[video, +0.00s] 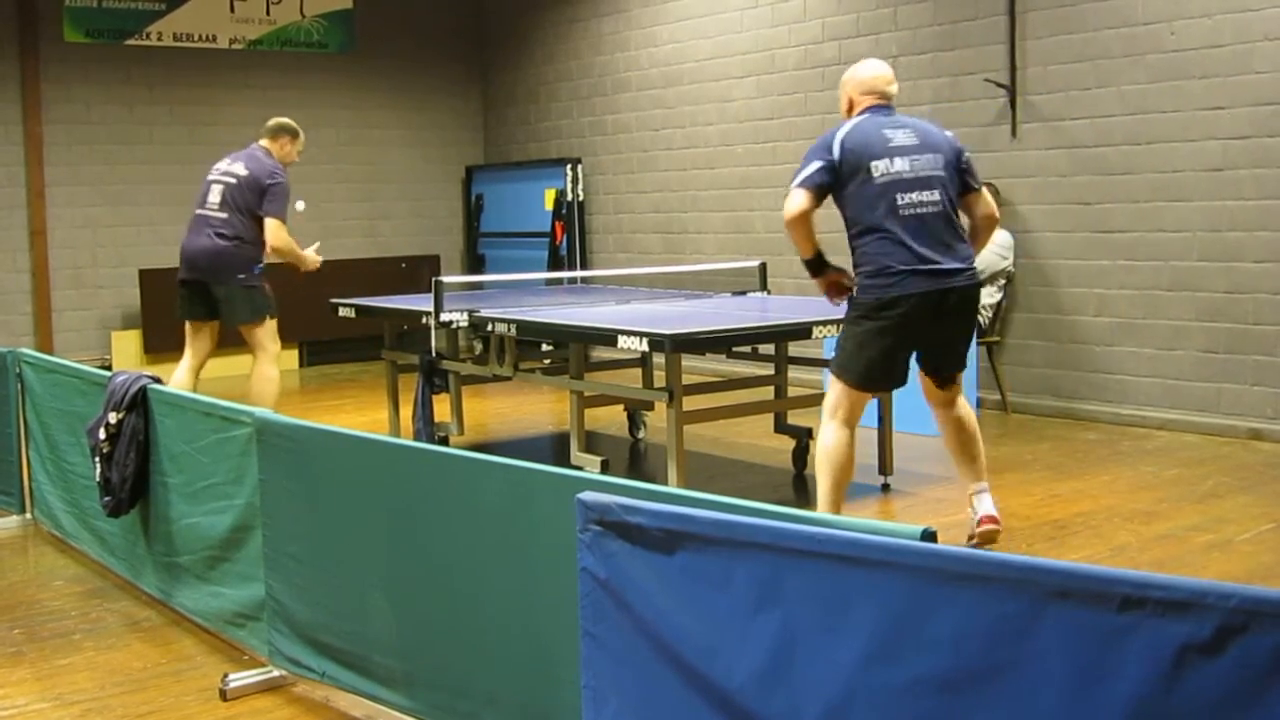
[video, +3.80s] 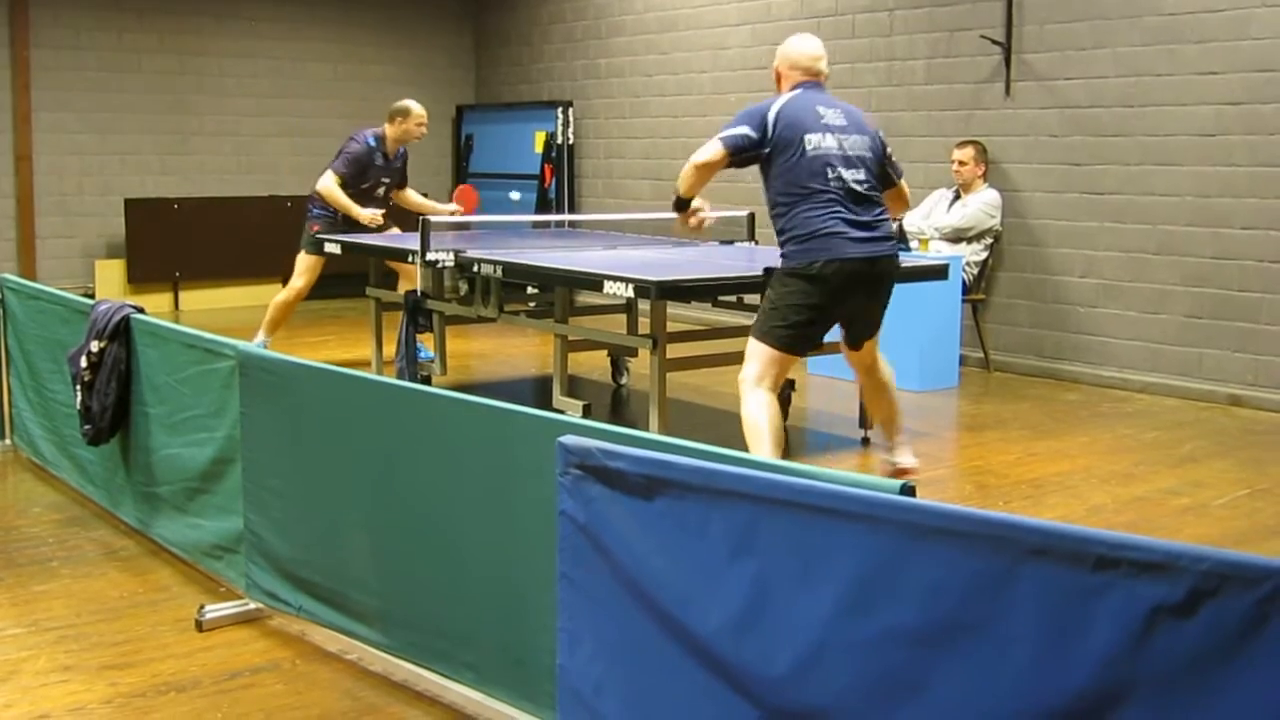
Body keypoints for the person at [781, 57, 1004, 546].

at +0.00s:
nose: (838, 109)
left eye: (840, 102)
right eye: (841, 102)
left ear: (850, 100)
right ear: (893, 98)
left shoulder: (838, 139)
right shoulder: (939, 136)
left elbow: (795, 212)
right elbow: (986, 214)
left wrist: (822, 271)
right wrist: (953, 263)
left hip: (886, 295)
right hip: (955, 291)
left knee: (839, 416)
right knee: (948, 393)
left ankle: (826, 532)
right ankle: (984, 505)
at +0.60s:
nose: (818, 187)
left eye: (817, 181)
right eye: (817, 181)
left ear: (826, 176)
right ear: (863, 168)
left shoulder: (826, 200)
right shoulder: (912, 192)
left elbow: (800, 286)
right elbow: (933, 255)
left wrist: (807, 317)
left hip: (901, 310)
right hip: (968, 303)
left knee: (829, 420)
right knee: (966, 413)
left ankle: (815, 535)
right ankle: (993, 517)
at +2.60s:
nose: (836, 129)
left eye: (836, 122)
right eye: (836, 123)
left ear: (847, 118)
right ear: (884, 116)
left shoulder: (840, 148)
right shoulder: (928, 149)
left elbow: (809, 235)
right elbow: (950, 214)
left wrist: (830, 242)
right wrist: (885, 232)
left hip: (891, 270)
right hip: (955, 270)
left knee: (815, 381)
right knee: (945, 380)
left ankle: (802, 492)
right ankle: (976, 481)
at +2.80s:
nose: (824, 104)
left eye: (824, 98)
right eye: (825, 98)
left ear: (833, 94)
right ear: (872, 95)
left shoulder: (825, 129)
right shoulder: (914, 132)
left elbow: (772, 207)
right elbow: (939, 209)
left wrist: (790, 175)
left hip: (872, 266)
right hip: (935, 263)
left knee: (801, 375)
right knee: (934, 376)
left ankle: (801, 490)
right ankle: (975, 477)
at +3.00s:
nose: (800, 92)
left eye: (801, 84)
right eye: (801, 85)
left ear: (810, 81)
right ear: (849, 83)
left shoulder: (798, 113)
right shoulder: (881, 123)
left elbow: (724, 171)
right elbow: (912, 202)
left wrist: (727, 154)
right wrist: (898, 241)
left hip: (836, 258)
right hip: (897, 261)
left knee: (774, 377)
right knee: (871, 350)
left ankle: (792, 486)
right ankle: (903, 455)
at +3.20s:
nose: (785, 93)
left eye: (785, 87)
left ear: (788, 86)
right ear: (835, 89)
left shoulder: (789, 107)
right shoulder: (861, 131)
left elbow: (742, 147)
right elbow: (868, 200)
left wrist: (707, 168)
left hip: (824, 251)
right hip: (877, 254)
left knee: (764, 372)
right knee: (827, 362)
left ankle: (792, 483)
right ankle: (826, 454)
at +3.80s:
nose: (775, 81)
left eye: (775, 75)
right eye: (777, 75)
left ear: (781, 75)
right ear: (824, 74)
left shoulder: (773, 113)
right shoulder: (861, 121)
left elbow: (704, 161)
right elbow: (900, 199)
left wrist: (684, 202)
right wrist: (862, 215)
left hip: (814, 260)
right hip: (878, 258)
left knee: (757, 380)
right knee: (865, 355)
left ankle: (768, 486)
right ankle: (899, 450)